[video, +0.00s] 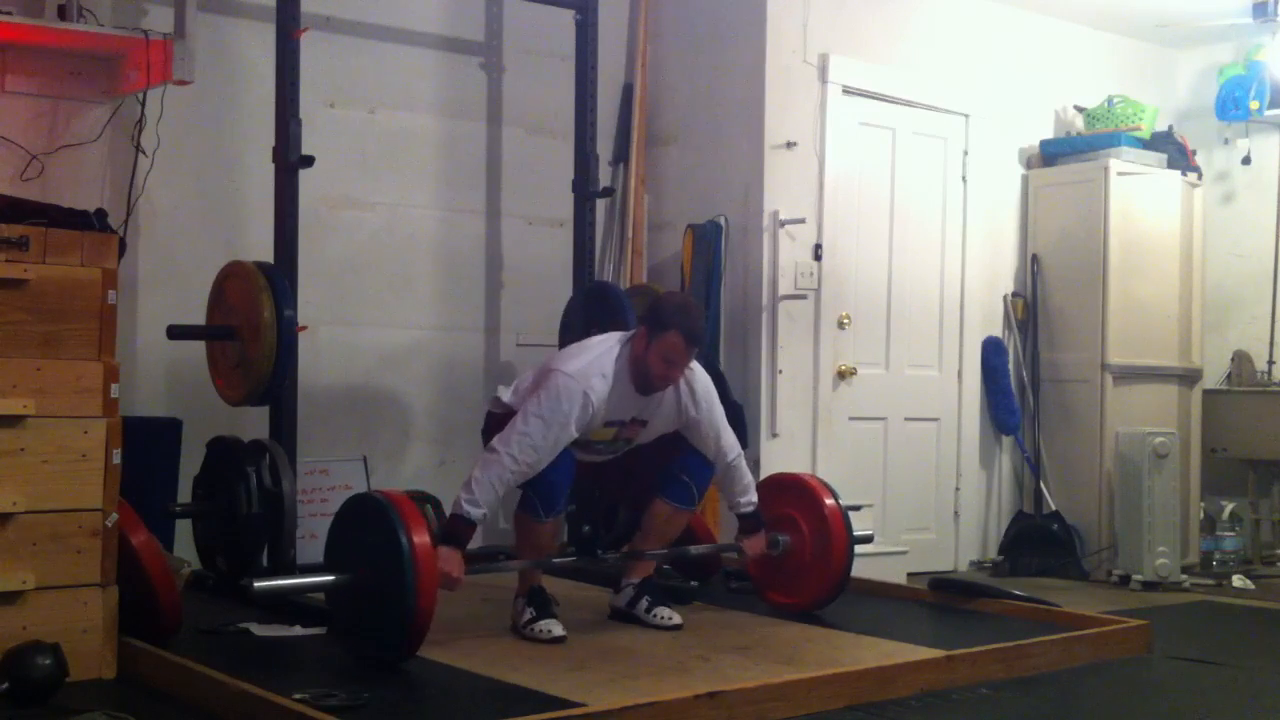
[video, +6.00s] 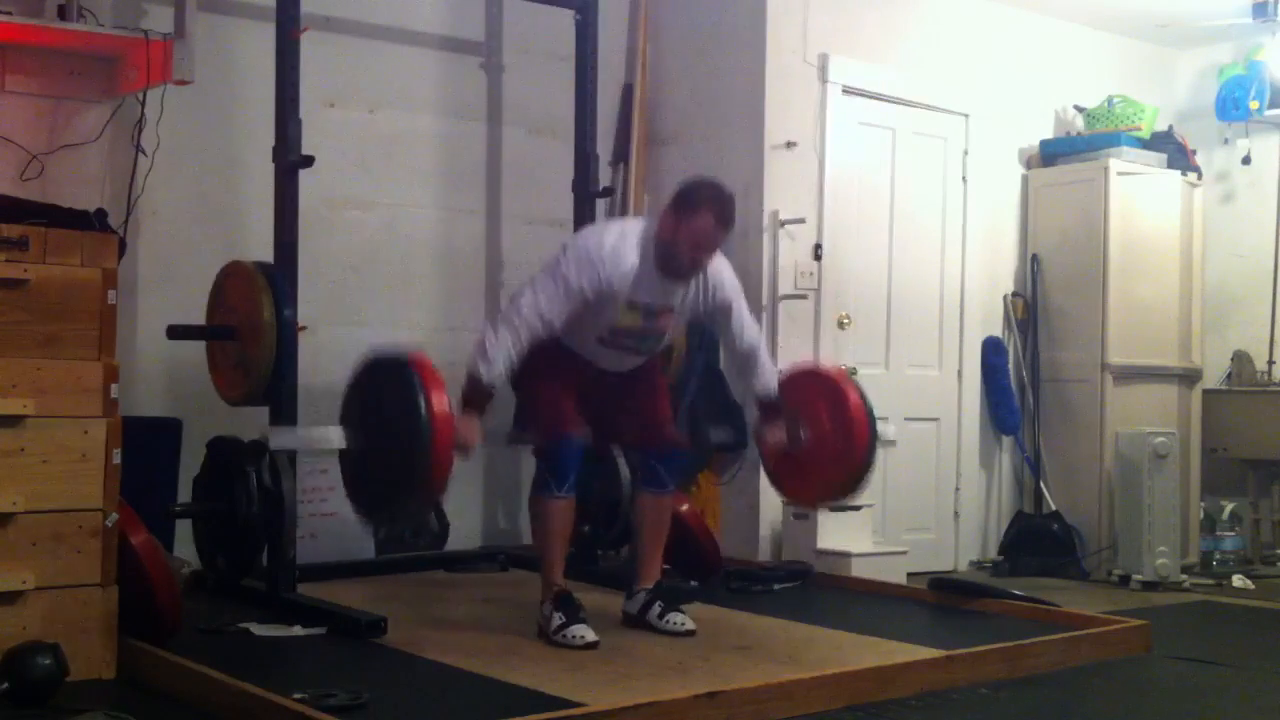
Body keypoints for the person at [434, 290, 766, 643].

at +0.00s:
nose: (673, 376)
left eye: (683, 366)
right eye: (666, 362)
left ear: (693, 358)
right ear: (640, 339)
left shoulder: (691, 383)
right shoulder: (580, 378)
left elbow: (726, 450)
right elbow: (509, 453)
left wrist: (751, 523)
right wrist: (454, 537)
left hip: (604, 446)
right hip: (526, 431)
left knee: (695, 459)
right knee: (554, 470)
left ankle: (633, 587)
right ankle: (530, 596)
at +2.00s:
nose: (679, 332)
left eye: (686, 321)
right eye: (670, 318)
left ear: (694, 314)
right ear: (642, 303)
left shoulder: (687, 343)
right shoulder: (582, 335)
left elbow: (719, 413)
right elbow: (512, 409)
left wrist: (751, 484)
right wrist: (459, 496)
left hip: (608, 399)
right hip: (531, 389)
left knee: (675, 452)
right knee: (543, 454)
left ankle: (634, 588)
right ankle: (529, 596)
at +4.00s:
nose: (670, 283)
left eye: (676, 276)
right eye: (657, 274)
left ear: (682, 285)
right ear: (624, 282)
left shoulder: (690, 326)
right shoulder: (588, 316)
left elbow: (737, 288)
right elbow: (516, 276)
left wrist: (771, 241)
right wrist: (465, 200)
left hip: (635, 460)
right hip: (553, 453)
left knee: (719, 474)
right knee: (579, 495)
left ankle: (648, 591)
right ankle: (519, 599)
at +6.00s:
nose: (699, 260)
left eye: (710, 250)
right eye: (695, 245)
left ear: (720, 244)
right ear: (668, 222)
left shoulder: (714, 275)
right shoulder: (605, 250)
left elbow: (746, 340)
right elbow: (525, 312)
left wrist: (770, 408)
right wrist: (473, 402)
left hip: (635, 368)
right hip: (561, 357)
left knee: (661, 459)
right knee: (564, 450)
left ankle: (645, 596)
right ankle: (555, 600)